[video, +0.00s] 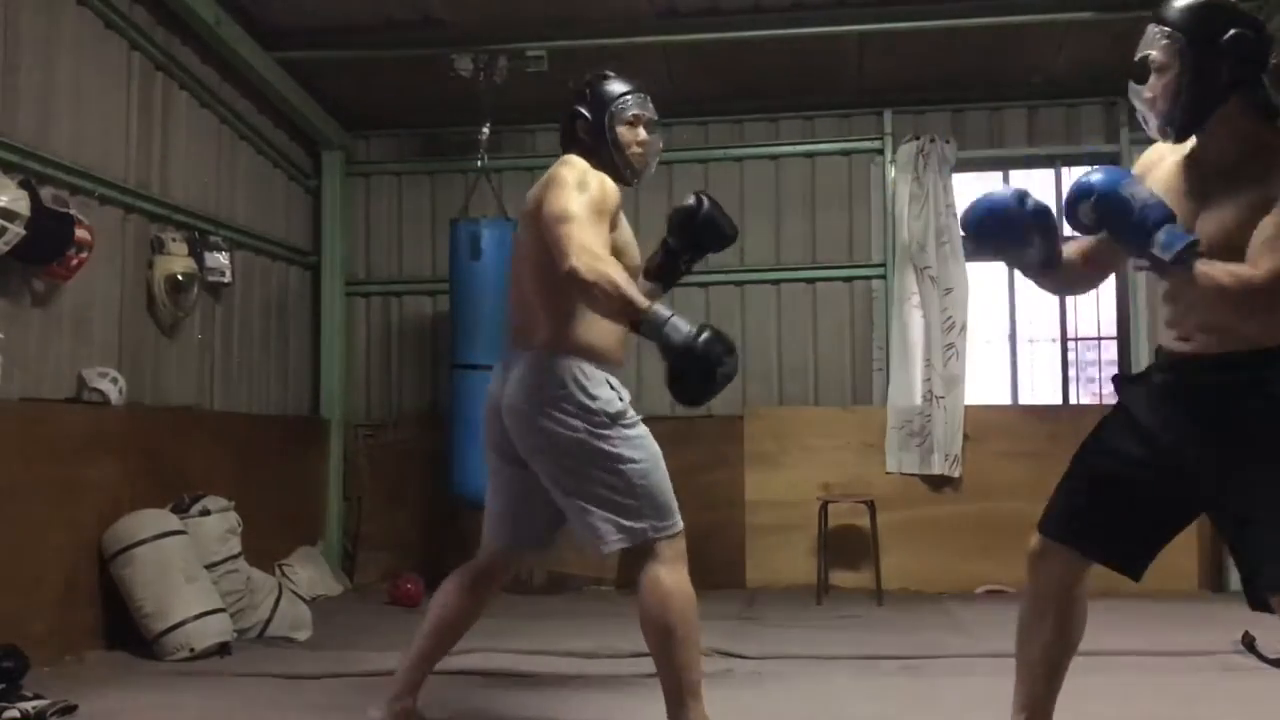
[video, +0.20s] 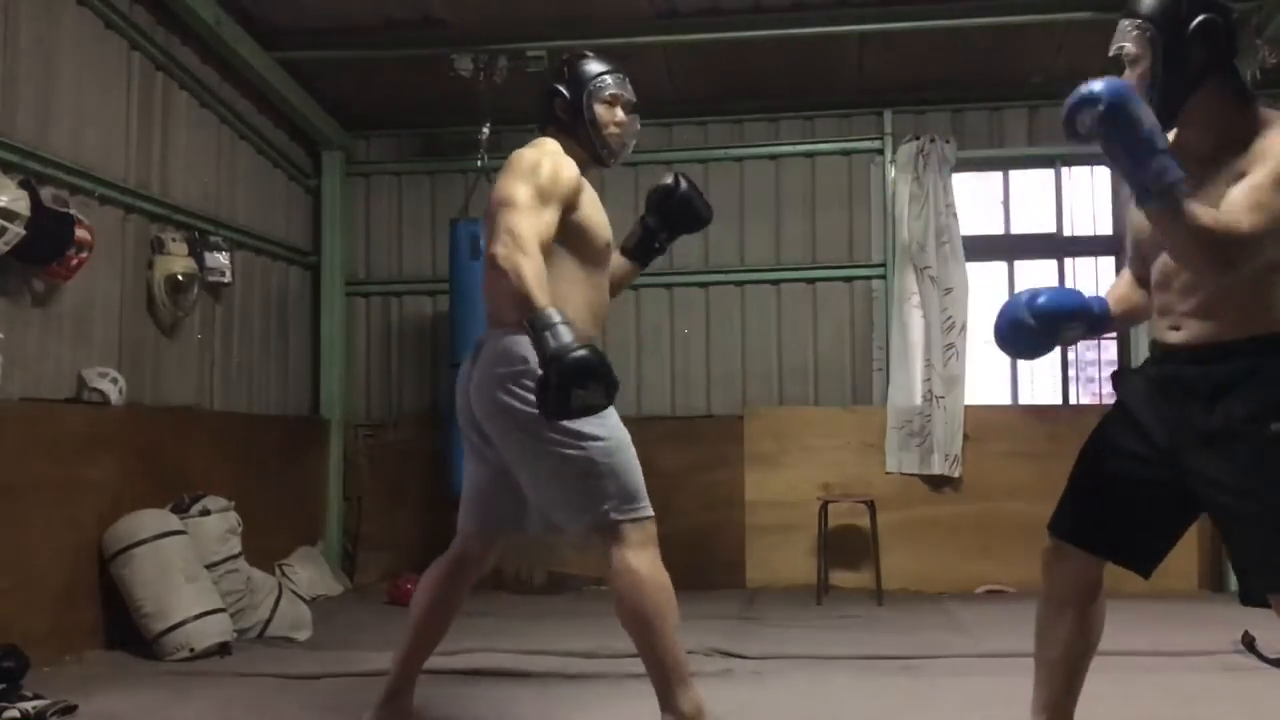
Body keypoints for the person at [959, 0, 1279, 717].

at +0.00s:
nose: (1139, 88)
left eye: (1152, 69)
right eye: (1139, 71)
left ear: (1217, 70)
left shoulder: (1273, 167)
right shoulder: (1159, 166)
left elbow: (1266, 297)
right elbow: (1077, 275)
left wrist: (1166, 252)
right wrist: (1031, 249)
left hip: (1260, 395)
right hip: (1166, 394)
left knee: (1279, 595)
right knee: (1056, 552)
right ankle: (1031, 715)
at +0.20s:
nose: (1121, 81)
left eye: (1131, 63)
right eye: (1118, 66)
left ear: (1189, 57)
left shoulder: (1273, 144)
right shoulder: (1151, 161)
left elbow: (1225, 253)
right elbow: (1142, 281)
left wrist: (1148, 166)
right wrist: (1082, 312)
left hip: (1257, 387)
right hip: (1163, 389)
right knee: (1070, 553)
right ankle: (1050, 715)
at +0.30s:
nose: (1123, 76)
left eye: (1134, 56)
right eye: (1118, 59)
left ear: (1182, 52)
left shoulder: (1259, 137)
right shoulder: (1140, 162)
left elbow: (1134, 212)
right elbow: (1130, 286)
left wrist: (1095, 101)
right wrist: (1069, 307)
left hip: (1247, 384)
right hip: (1155, 387)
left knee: (1274, 586)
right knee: (1070, 546)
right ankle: (1050, 715)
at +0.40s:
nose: (1106, 68)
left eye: (1115, 47)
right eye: (1104, 52)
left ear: (1167, 48)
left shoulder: (1247, 129)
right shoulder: (1134, 159)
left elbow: (1118, 220)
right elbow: (1138, 289)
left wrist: (1080, 105)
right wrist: (1066, 295)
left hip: (1235, 384)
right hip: (1144, 387)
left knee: (1273, 590)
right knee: (1068, 550)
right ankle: (1049, 713)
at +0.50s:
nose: (1090, 79)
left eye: (1099, 60)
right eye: (1089, 63)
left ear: (1155, 52)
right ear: (1145, 57)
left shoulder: (1242, 134)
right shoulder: (1130, 164)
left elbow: (1156, 260)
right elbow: (1120, 296)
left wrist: (1085, 157)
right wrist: (1055, 288)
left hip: (1226, 388)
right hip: (1133, 387)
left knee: (1274, 589)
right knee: (1054, 550)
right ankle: (1047, 716)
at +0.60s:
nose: (1077, 83)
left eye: (1088, 64)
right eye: (1076, 67)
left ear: (1143, 59)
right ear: (1130, 65)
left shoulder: (1245, 136)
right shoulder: (1130, 162)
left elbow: (1215, 265)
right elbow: (1063, 280)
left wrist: (1119, 197)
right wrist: (1004, 251)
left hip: (1233, 385)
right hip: (1134, 387)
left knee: (1275, 580)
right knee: (1051, 545)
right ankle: (1046, 719)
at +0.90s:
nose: (1112, 59)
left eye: (1126, 39)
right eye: (1112, 42)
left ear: (1182, 45)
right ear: (1177, 52)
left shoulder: (1268, 132)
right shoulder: (1149, 149)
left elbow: (1184, 251)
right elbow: (1091, 283)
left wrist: (1121, 142)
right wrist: (1036, 244)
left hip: (1244, 384)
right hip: (1142, 384)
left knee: (1273, 584)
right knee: (1060, 551)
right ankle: (1048, 718)